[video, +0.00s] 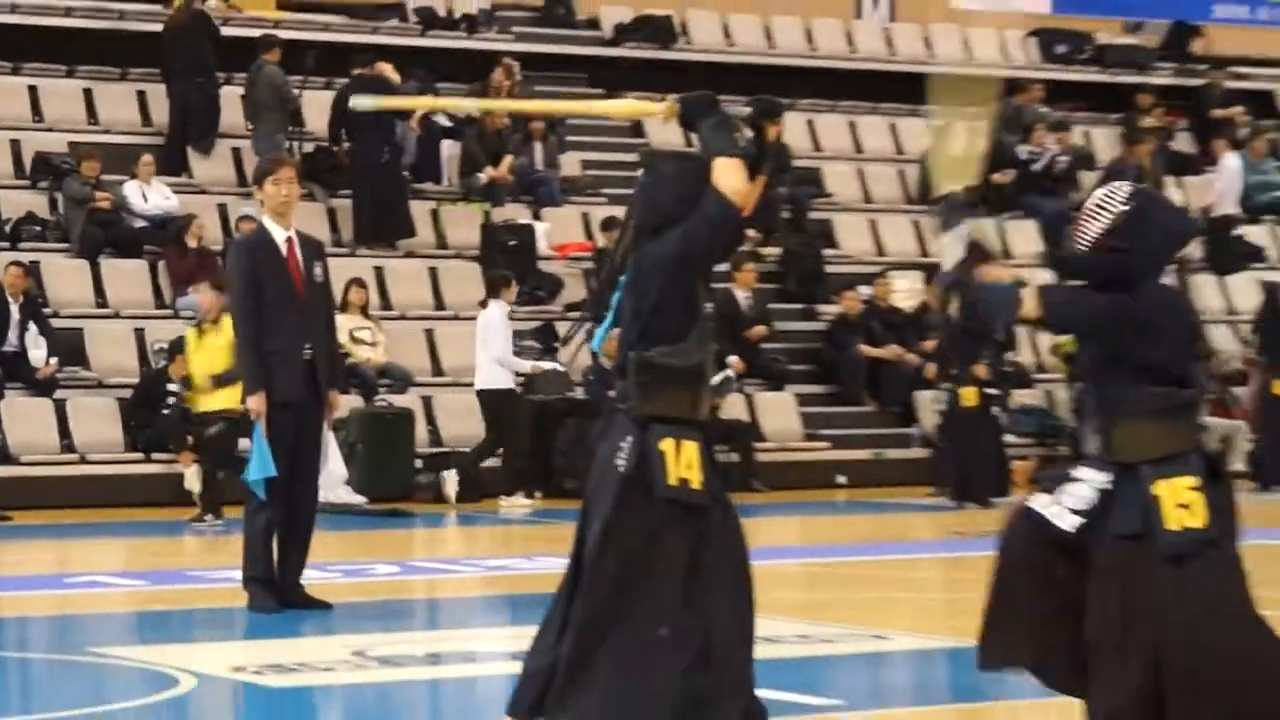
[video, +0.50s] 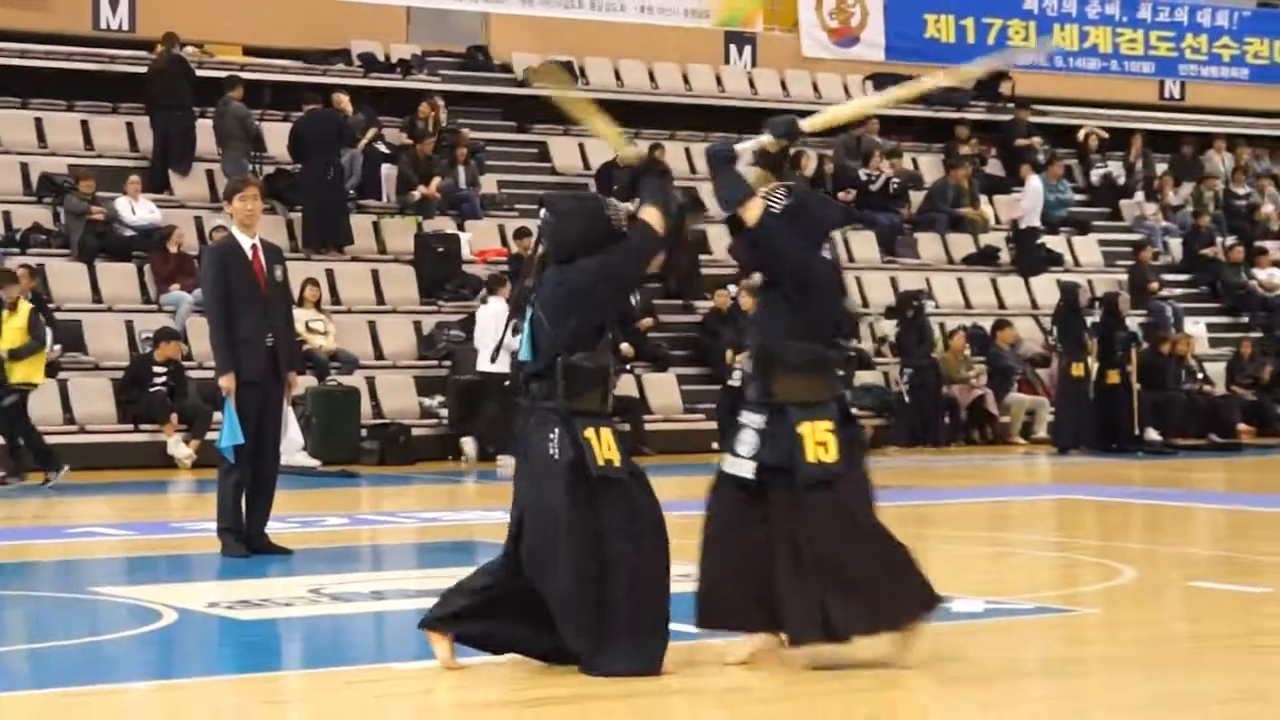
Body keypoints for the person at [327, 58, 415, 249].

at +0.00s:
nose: (376, 68)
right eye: (375, 65)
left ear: (352, 69)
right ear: (373, 66)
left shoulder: (347, 91)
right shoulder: (385, 86)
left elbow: (335, 121)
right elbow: (405, 111)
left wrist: (336, 144)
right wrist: (397, 79)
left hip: (360, 149)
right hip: (386, 147)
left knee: (363, 193)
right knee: (388, 192)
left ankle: (365, 238)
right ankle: (388, 239)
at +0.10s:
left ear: (332, 79)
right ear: (353, 76)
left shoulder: (328, 99)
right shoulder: (366, 94)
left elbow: (316, 127)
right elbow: (383, 117)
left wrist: (318, 147)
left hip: (340, 155)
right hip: (365, 153)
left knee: (344, 198)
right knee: (368, 196)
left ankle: (346, 241)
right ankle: (368, 240)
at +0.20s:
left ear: (313, 91)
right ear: (333, 87)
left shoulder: (307, 111)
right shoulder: (343, 104)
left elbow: (298, 143)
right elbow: (362, 129)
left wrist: (314, 145)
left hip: (321, 161)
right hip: (344, 159)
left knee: (324, 201)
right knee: (347, 200)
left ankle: (326, 243)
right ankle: (347, 243)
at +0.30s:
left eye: (296, 100)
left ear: (297, 98)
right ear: (316, 95)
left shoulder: (292, 117)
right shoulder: (328, 110)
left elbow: (283, 147)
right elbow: (344, 134)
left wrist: (299, 151)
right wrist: (327, 139)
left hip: (304, 165)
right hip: (327, 163)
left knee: (306, 204)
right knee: (330, 203)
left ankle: (309, 246)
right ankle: (330, 245)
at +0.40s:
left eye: (296, 105)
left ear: (297, 104)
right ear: (315, 101)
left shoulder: (291, 122)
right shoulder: (327, 115)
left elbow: (285, 151)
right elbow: (344, 139)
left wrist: (299, 157)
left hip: (303, 169)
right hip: (325, 168)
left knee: (305, 207)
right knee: (328, 206)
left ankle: (307, 246)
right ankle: (330, 246)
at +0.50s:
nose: (303, 110)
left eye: (302, 107)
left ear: (304, 106)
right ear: (321, 103)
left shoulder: (299, 123)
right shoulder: (335, 118)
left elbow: (293, 149)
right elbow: (350, 140)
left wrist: (305, 161)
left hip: (310, 168)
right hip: (332, 167)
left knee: (311, 206)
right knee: (334, 205)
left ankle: (313, 245)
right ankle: (335, 245)